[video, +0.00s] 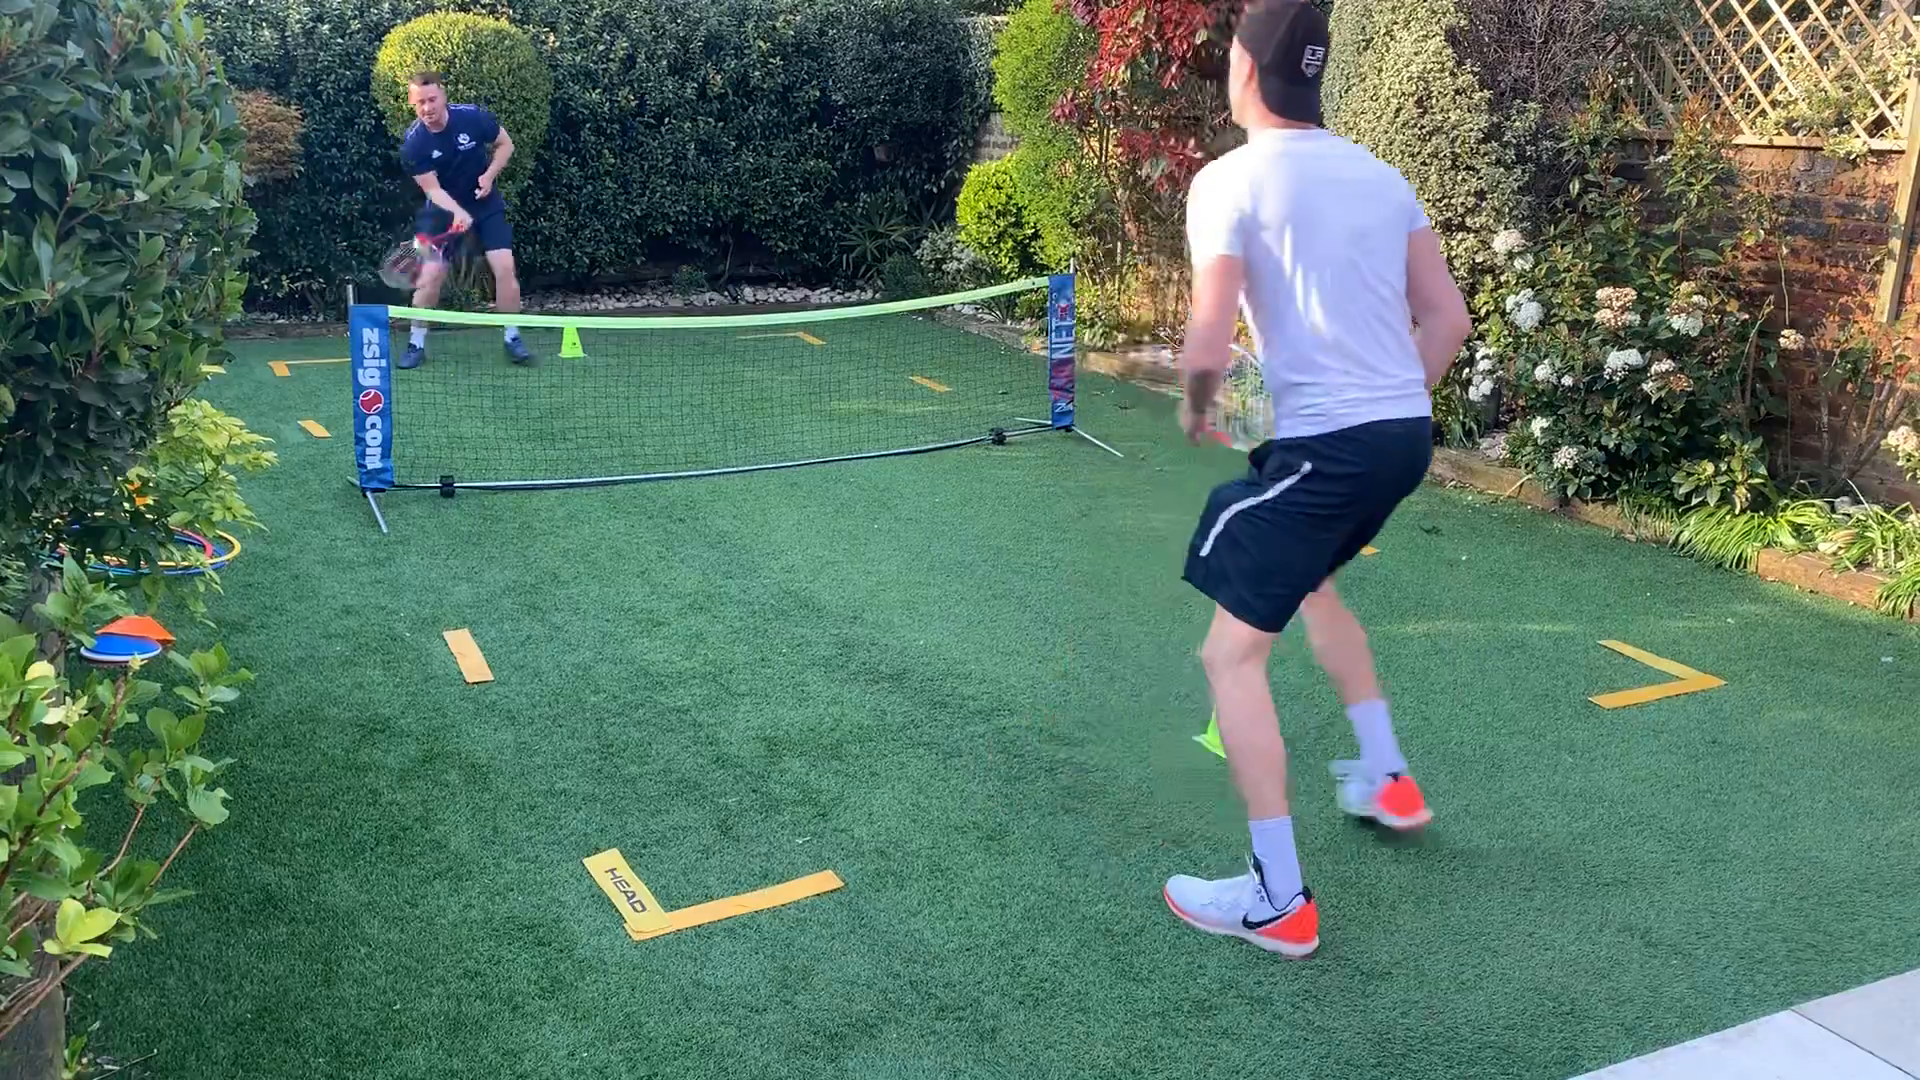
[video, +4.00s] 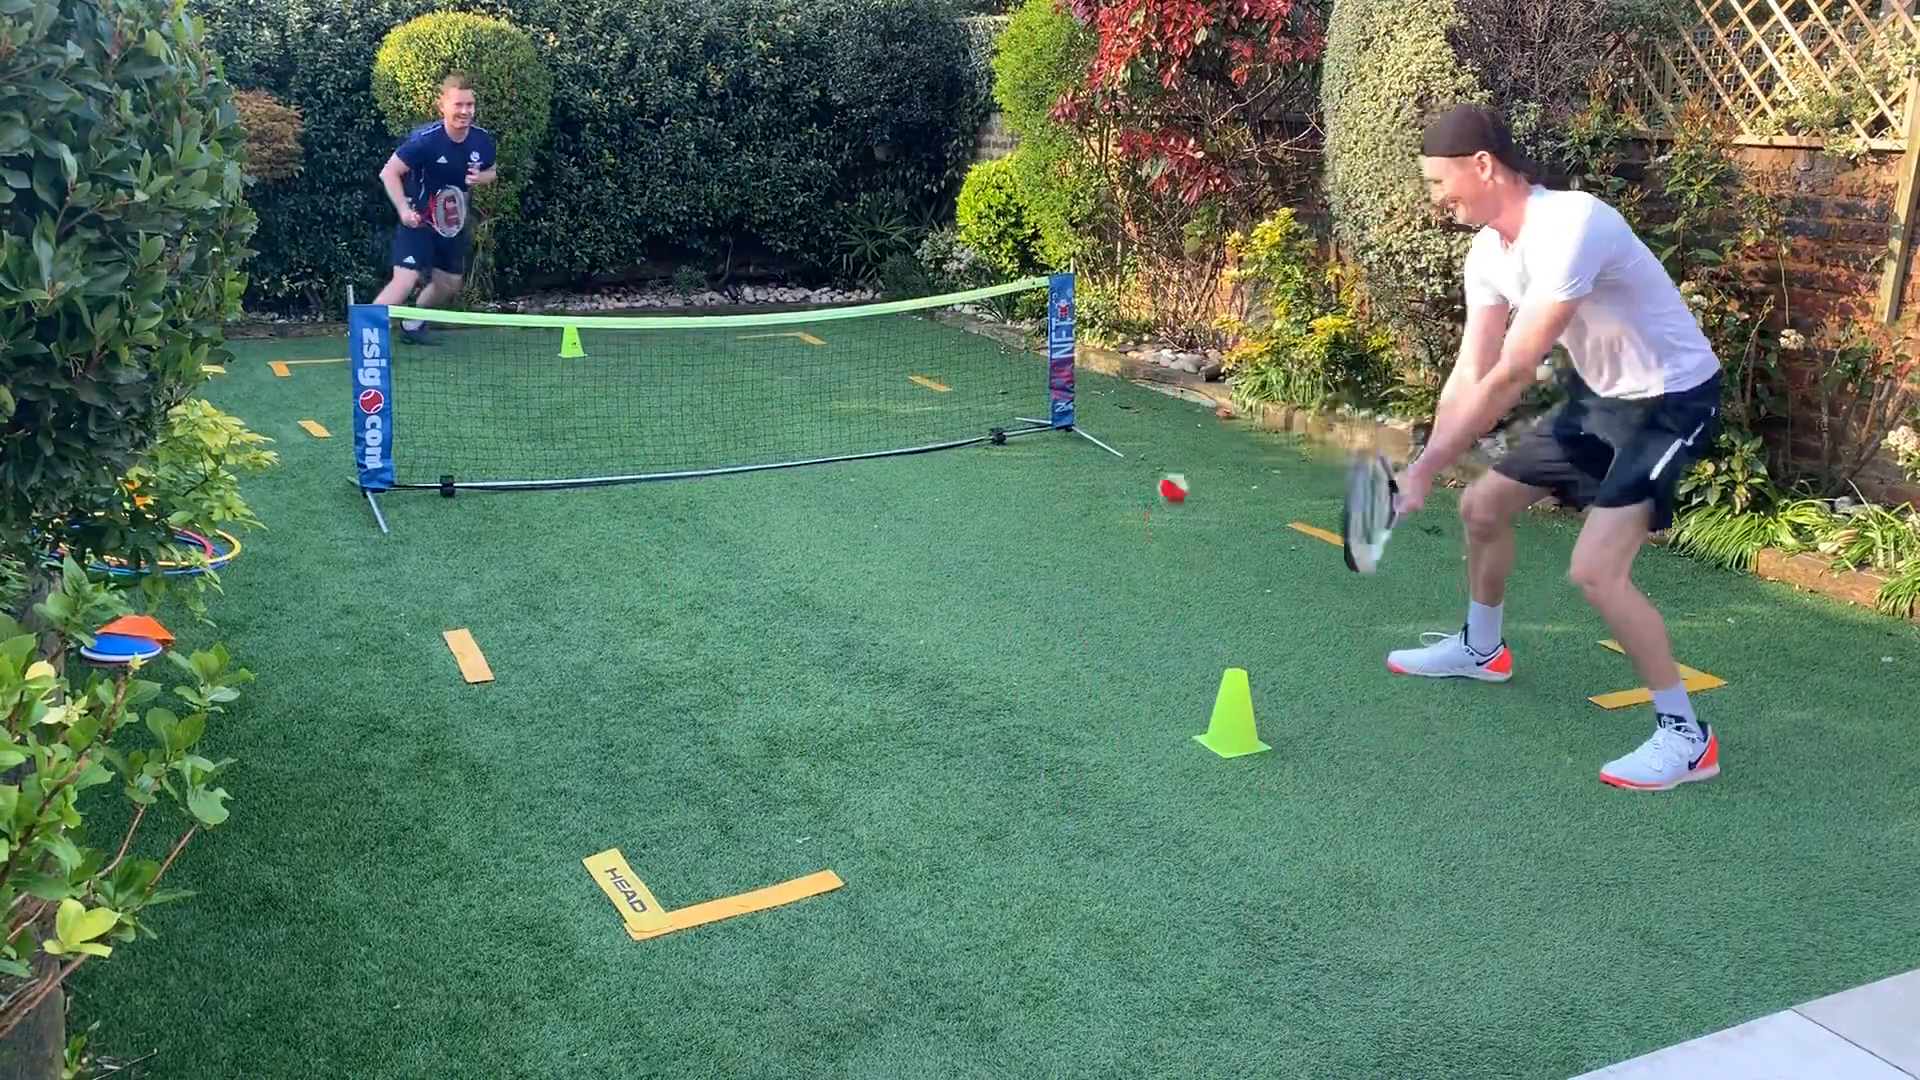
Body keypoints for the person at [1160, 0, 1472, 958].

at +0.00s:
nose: (1225, 76)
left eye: (1228, 61)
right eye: (1230, 60)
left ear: (1245, 73)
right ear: (1316, 74)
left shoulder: (1229, 181)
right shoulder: (1379, 174)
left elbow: (1211, 341)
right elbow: (1447, 319)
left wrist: (1198, 402)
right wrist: (1390, 402)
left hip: (1321, 442)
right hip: (1406, 435)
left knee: (1232, 654)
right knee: (1307, 579)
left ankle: (1277, 892)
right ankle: (1385, 773)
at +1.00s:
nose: (1161, 118)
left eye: (1166, 102)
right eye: (1159, 104)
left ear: (1202, 96)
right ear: (1213, 98)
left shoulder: (1212, 171)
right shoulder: (1274, 162)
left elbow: (1222, 305)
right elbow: (1277, 297)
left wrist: (1182, 386)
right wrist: (1198, 368)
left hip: (1308, 385)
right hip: (1308, 376)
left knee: (1330, 558)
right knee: (1226, 490)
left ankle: (1493, 663)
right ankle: (1237, 628)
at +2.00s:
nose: (730, 107)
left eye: (731, 97)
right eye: (735, 96)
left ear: (739, 107)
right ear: (809, 103)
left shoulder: (787, 176)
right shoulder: (842, 173)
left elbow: (765, 301)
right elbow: (899, 310)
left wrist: (689, 414)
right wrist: (805, 373)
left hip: (846, 410)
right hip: (865, 400)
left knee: (712, 571)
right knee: (744, 529)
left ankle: (783, 765)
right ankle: (707, 661)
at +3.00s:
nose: (1306, 122)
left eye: (1309, 108)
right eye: (1309, 106)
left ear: (1324, 116)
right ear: (1396, 114)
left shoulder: (1312, 216)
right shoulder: (1461, 202)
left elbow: (1306, 365)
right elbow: (1536, 343)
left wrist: (1283, 490)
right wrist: (1487, 429)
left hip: (1390, 471)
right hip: (1487, 462)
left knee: (1345, 675)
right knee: (1525, 637)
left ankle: (1364, 868)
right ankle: (1612, 832)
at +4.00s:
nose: (1436, 200)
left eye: (1440, 182)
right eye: (1430, 186)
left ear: (1485, 166)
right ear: (1478, 172)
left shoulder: (1576, 224)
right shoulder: (1488, 253)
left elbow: (1517, 371)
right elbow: (1471, 371)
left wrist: (1427, 464)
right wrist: (1424, 466)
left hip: (1674, 399)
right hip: (1601, 398)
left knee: (1597, 571)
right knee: (1483, 507)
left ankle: (1685, 734)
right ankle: (1482, 647)